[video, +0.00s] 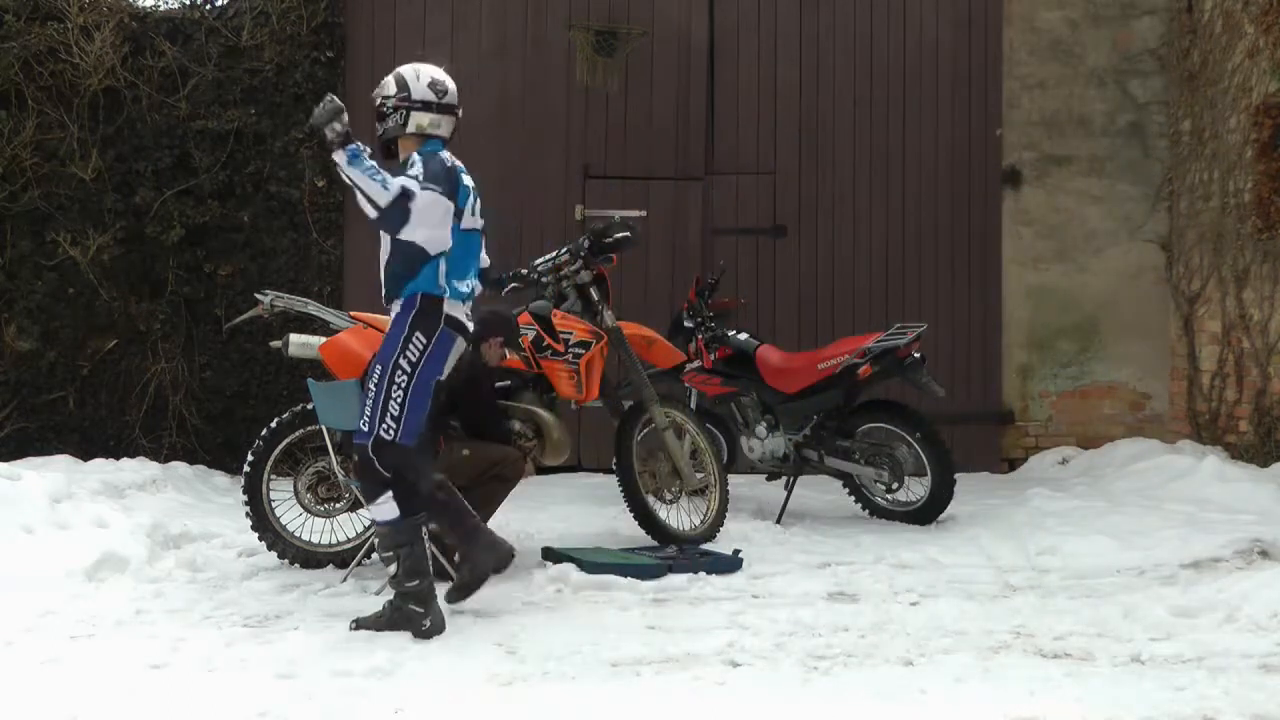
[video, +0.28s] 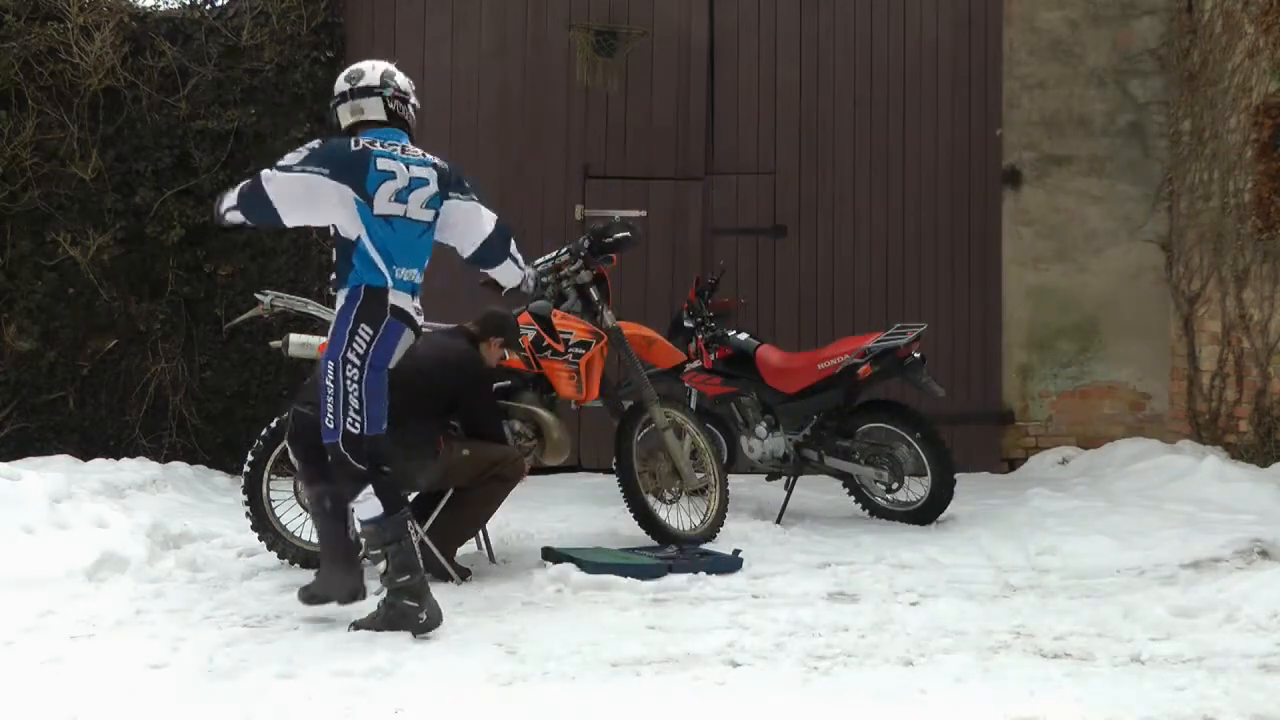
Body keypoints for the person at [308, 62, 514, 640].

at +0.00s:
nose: (381, 121)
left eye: (385, 111)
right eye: (383, 111)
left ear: (401, 114)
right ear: (440, 118)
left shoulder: (431, 167)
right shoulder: (450, 171)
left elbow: (405, 216)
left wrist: (345, 148)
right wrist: (353, 161)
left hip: (427, 314)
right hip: (440, 314)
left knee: (375, 448)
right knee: (392, 445)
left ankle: (413, 597)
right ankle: (477, 543)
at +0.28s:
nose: (344, 116)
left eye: (344, 108)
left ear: (345, 110)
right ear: (405, 108)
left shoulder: (344, 156)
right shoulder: (434, 169)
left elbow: (269, 191)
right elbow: (483, 232)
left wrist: (228, 206)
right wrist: (516, 276)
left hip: (366, 306)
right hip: (399, 310)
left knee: (353, 448)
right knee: (311, 428)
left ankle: (408, 593)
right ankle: (338, 569)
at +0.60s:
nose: (386, 144)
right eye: (384, 135)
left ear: (324, 125)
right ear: (375, 134)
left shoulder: (287, 173)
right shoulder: (394, 195)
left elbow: (257, 252)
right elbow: (439, 198)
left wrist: (238, 318)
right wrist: (421, 153)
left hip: (284, 337)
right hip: (351, 347)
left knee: (259, 421)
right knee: (328, 468)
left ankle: (246, 503)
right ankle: (329, 598)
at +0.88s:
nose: (367, 137)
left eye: (367, 126)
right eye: (358, 125)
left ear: (298, 121)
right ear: (325, 123)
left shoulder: (243, 168)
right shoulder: (335, 189)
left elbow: (187, 211)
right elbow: (352, 287)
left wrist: (202, 168)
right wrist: (369, 353)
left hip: (242, 341)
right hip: (308, 346)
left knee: (232, 463)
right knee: (322, 460)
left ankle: (211, 605)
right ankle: (324, 594)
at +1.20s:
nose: (355, 116)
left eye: (355, 105)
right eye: (343, 107)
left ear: (292, 117)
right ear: (308, 113)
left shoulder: (263, 169)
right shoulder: (311, 168)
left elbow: (241, 248)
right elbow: (324, 231)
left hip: (252, 334)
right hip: (300, 333)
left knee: (265, 468)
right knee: (339, 468)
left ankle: (214, 603)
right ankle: (274, 604)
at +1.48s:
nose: (382, 123)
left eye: (388, 112)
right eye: (370, 109)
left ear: (388, 114)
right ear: (333, 108)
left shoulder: (307, 166)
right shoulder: (318, 171)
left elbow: (294, 246)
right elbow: (408, 188)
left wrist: (351, 276)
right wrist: (508, 168)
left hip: (324, 326)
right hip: (296, 329)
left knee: (410, 416)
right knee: (325, 472)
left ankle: (331, 525)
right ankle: (266, 615)